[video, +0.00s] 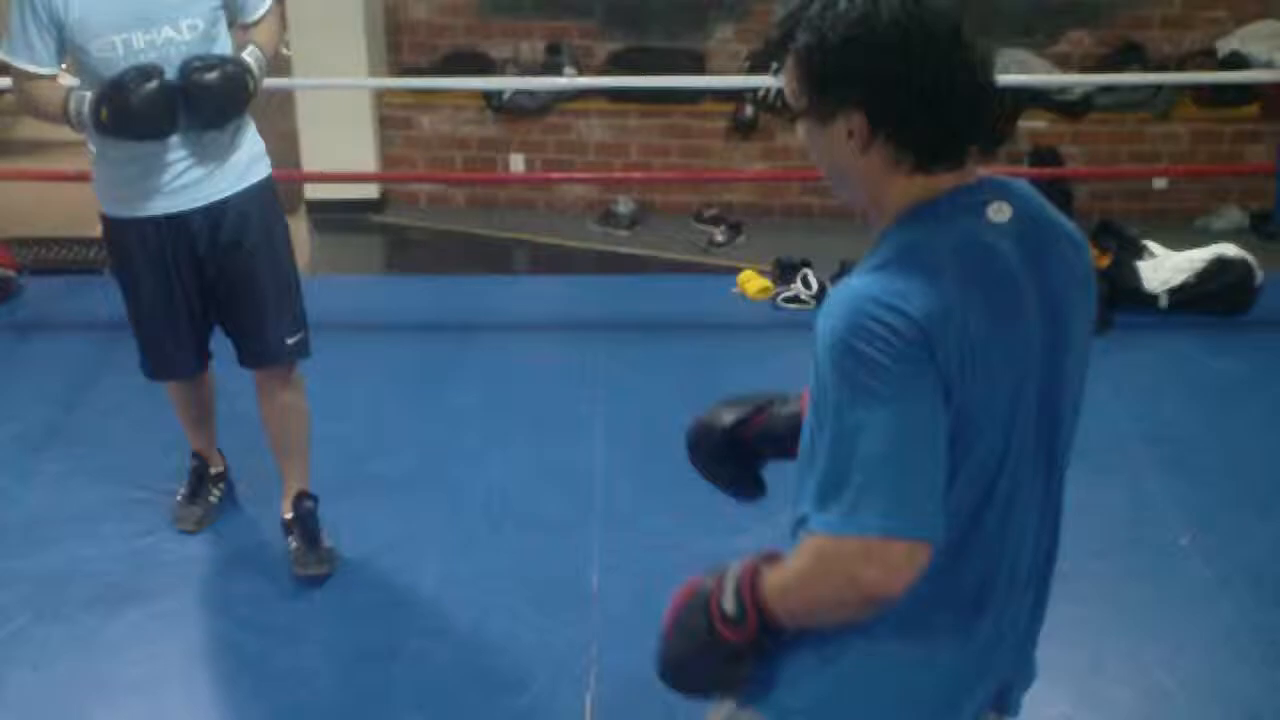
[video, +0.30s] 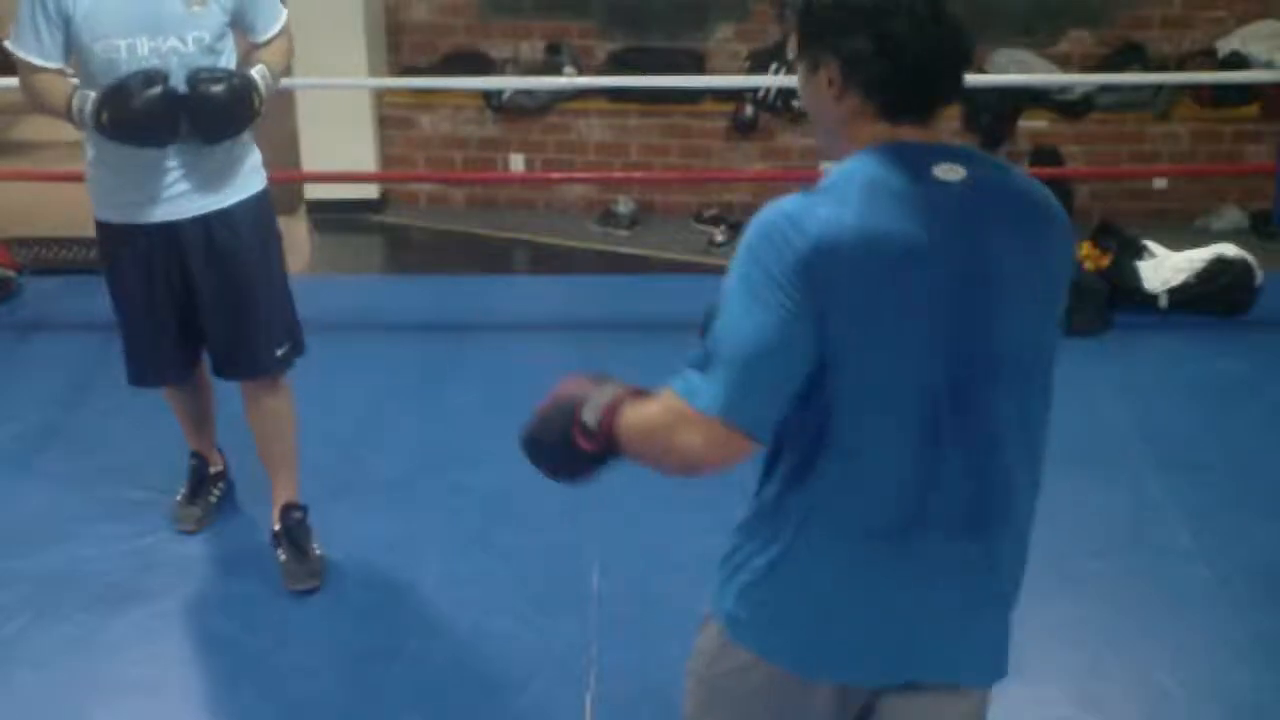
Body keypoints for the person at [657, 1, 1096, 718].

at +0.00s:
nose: (804, 141)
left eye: (804, 117)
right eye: (798, 116)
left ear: (857, 127)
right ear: (949, 96)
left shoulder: (877, 312)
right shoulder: (1047, 236)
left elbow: (874, 559)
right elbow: (982, 414)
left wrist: (739, 605)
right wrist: (799, 423)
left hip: (862, 694)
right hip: (988, 669)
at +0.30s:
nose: (802, 93)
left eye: (803, 71)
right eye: (799, 72)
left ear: (835, 81)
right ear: (952, 70)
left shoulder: (804, 231)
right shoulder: (1040, 220)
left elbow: (715, 433)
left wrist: (608, 413)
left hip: (798, 628)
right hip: (960, 630)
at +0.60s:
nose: (687, 48)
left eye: (688, 34)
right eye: (692, 33)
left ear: (701, 45)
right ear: (806, 41)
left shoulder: (649, 175)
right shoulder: (901, 166)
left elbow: (483, 255)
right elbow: (945, 307)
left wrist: (421, 180)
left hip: (708, 538)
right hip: (867, 541)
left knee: (671, 700)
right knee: (871, 709)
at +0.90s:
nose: (597, 16)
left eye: (601, 11)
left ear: (618, 12)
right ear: (711, 9)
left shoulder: (579, 100)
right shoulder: (801, 81)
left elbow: (434, 103)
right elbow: (847, 220)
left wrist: (347, 60)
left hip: (665, 442)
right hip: (807, 431)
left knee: (647, 661)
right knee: (874, 659)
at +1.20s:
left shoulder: (610, 72)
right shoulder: (829, 69)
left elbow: (489, 206)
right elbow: (867, 221)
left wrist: (421, 266)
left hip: (677, 409)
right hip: (813, 395)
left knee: (644, 627)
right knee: (873, 586)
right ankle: (910, 712)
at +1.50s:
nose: (740, 8)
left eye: (744, 1)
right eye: (743, 3)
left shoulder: (756, 84)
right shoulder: (918, 68)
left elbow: (753, 251)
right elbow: (940, 202)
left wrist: (722, 405)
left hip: (781, 391)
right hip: (888, 375)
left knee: (706, 584)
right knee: (861, 498)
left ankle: (672, 709)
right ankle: (912, 665)